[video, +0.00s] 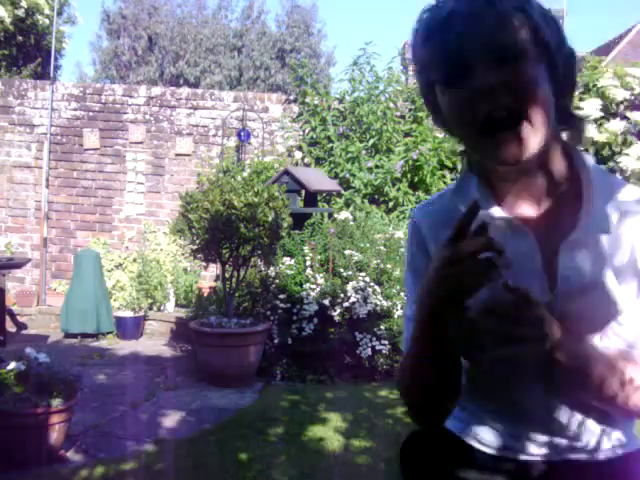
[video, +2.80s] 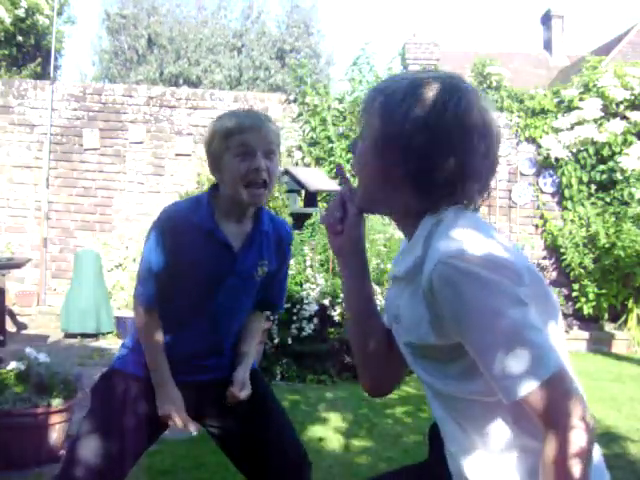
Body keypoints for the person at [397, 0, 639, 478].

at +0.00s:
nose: (489, 87)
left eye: (508, 58)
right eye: (457, 75)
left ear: (557, 73)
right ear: (435, 108)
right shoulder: (434, 226)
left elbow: (637, 399)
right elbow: (424, 408)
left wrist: (557, 346)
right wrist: (438, 300)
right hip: (481, 455)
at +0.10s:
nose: (385, 145)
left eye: (401, 116)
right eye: (355, 136)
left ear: (458, 127)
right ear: (341, 177)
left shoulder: (549, 251)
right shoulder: (354, 278)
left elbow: (552, 400)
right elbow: (395, 421)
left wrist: (472, 412)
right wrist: (412, 382)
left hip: (524, 449)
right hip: (421, 452)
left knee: (570, 456)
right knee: (360, 441)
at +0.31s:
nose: (311, 181)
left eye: (332, 150)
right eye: (285, 171)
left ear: (385, 155)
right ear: (270, 201)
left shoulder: (487, 267)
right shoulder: (293, 292)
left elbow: (499, 398)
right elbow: (347, 439)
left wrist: (425, 420)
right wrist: (353, 384)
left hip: (481, 451)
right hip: (367, 455)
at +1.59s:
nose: (264, 185)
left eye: (283, 157)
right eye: (256, 167)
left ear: (357, 154)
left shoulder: (467, 269)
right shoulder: (292, 273)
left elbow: (503, 410)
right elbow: (337, 447)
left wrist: (384, 459)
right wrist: (311, 353)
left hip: (483, 460)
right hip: (377, 458)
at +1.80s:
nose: (273, 164)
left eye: (282, 151)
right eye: (276, 150)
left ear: (326, 162)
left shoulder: (433, 284)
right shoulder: (333, 245)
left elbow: (552, 417)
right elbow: (313, 390)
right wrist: (277, 270)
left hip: (484, 472)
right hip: (413, 450)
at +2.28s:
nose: (345, 179)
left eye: (351, 164)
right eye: (350, 163)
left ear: (373, 178)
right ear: (456, 177)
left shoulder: (448, 277)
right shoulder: (413, 259)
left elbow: (556, 435)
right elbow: (368, 388)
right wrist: (344, 259)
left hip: (510, 471)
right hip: (456, 464)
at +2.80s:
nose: (352, 148)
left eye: (363, 137)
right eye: (359, 137)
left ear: (403, 154)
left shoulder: (456, 260)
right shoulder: (422, 251)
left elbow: (569, 422)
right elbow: (378, 378)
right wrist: (349, 253)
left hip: (524, 471)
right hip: (479, 464)